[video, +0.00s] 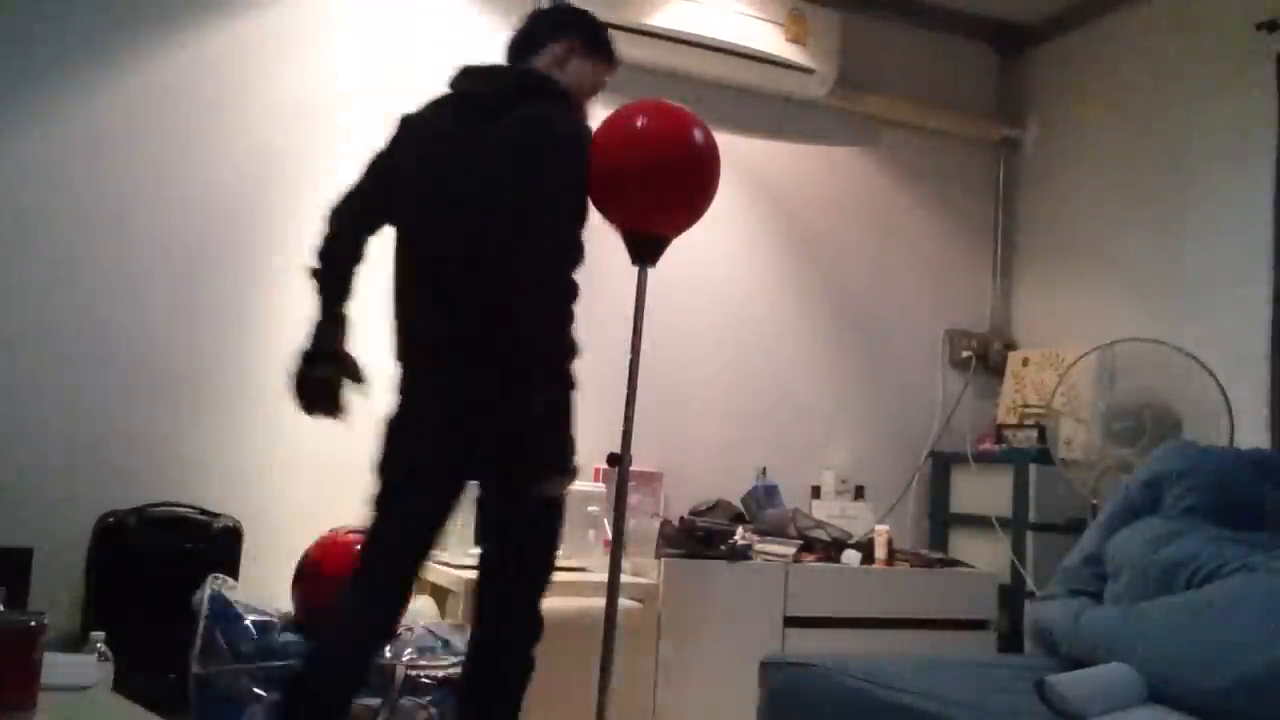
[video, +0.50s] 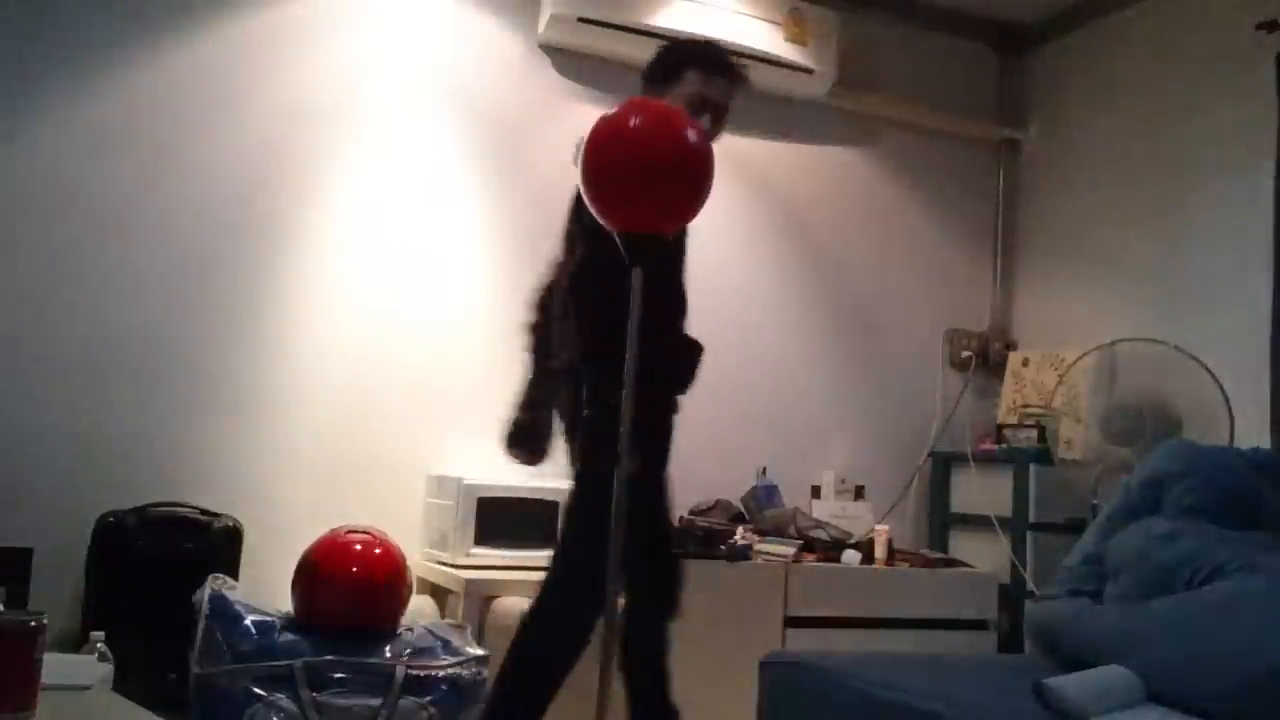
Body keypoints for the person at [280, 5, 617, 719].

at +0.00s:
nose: (589, 103)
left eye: (597, 88)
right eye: (592, 82)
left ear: (526, 55)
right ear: (563, 54)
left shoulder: (433, 123)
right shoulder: (565, 135)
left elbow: (348, 222)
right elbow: (644, 245)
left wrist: (328, 334)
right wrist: (653, 202)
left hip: (430, 392)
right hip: (529, 401)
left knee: (376, 591)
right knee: (509, 616)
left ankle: (312, 707)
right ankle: (484, 715)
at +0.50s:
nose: (709, 125)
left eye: (720, 113)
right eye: (699, 104)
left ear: (720, 119)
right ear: (656, 94)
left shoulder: (664, 181)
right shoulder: (625, 169)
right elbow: (578, 285)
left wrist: (673, 355)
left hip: (641, 398)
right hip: (611, 397)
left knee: (581, 584)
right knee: (650, 583)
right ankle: (651, 713)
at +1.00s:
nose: (770, 125)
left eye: (786, 113)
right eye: (756, 109)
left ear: (806, 126)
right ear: (731, 115)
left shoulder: (797, 215)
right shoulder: (692, 189)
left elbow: (837, 319)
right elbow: (642, 288)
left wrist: (904, 385)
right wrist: (640, 374)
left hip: (754, 405)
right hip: (690, 397)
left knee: (718, 571)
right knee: (736, 576)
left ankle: (673, 705)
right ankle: (732, 709)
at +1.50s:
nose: (812, 113)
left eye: (826, 98)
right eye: (800, 102)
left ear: (859, 106)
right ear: (788, 116)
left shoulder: (894, 197)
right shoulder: (772, 191)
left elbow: (916, 299)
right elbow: (705, 263)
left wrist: (934, 377)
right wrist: (695, 204)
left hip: (876, 409)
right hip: (792, 411)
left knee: (915, 566)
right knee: (772, 576)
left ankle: (936, 709)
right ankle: (747, 711)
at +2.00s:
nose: (923, 121)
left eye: (938, 104)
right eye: (910, 111)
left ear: (976, 109)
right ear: (899, 124)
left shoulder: (1017, 199)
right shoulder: (886, 195)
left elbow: (1053, 286)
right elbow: (810, 223)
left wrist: (1062, 356)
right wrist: (751, 211)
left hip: (994, 419)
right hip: (904, 418)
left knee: (989, 594)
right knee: (861, 585)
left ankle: (990, 712)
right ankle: (829, 710)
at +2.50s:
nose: (889, 123)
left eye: (906, 107)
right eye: (887, 108)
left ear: (947, 117)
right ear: (883, 118)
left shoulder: (999, 193)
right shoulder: (892, 229)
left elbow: (1072, 268)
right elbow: (866, 338)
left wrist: (990, 352)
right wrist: (826, 433)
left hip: (971, 434)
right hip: (900, 436)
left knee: (960, 598)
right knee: (905, 602)